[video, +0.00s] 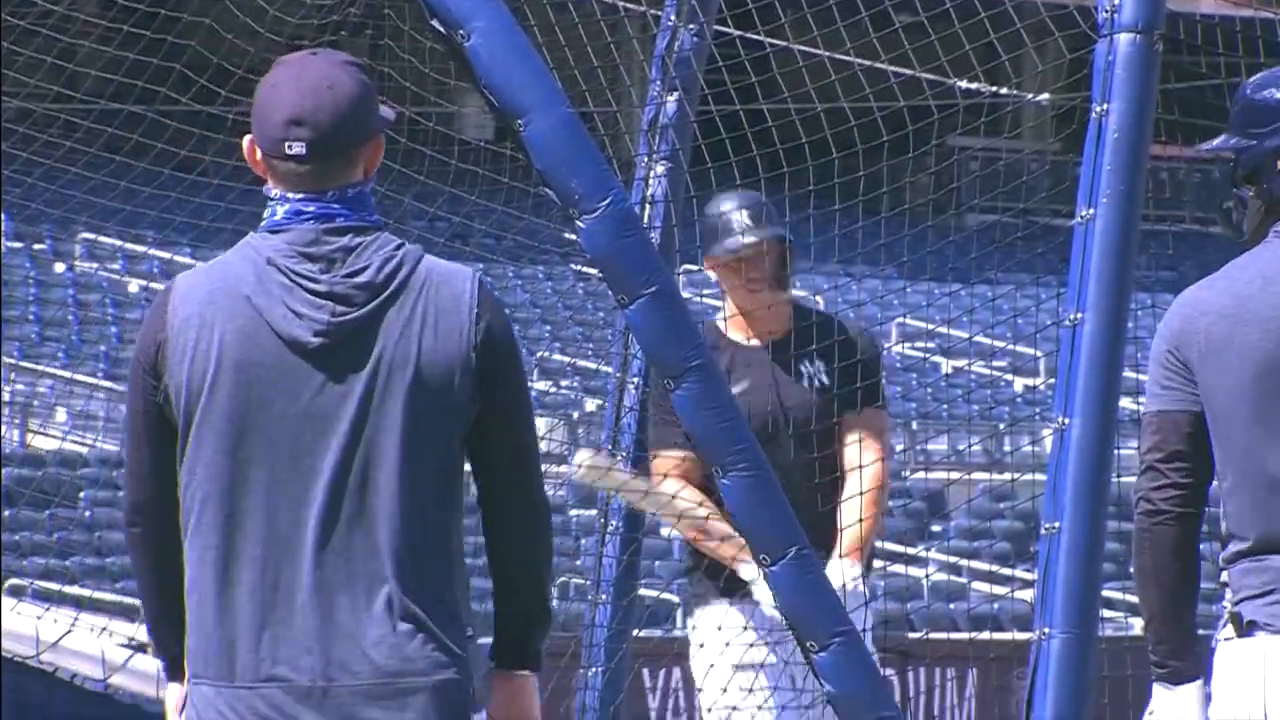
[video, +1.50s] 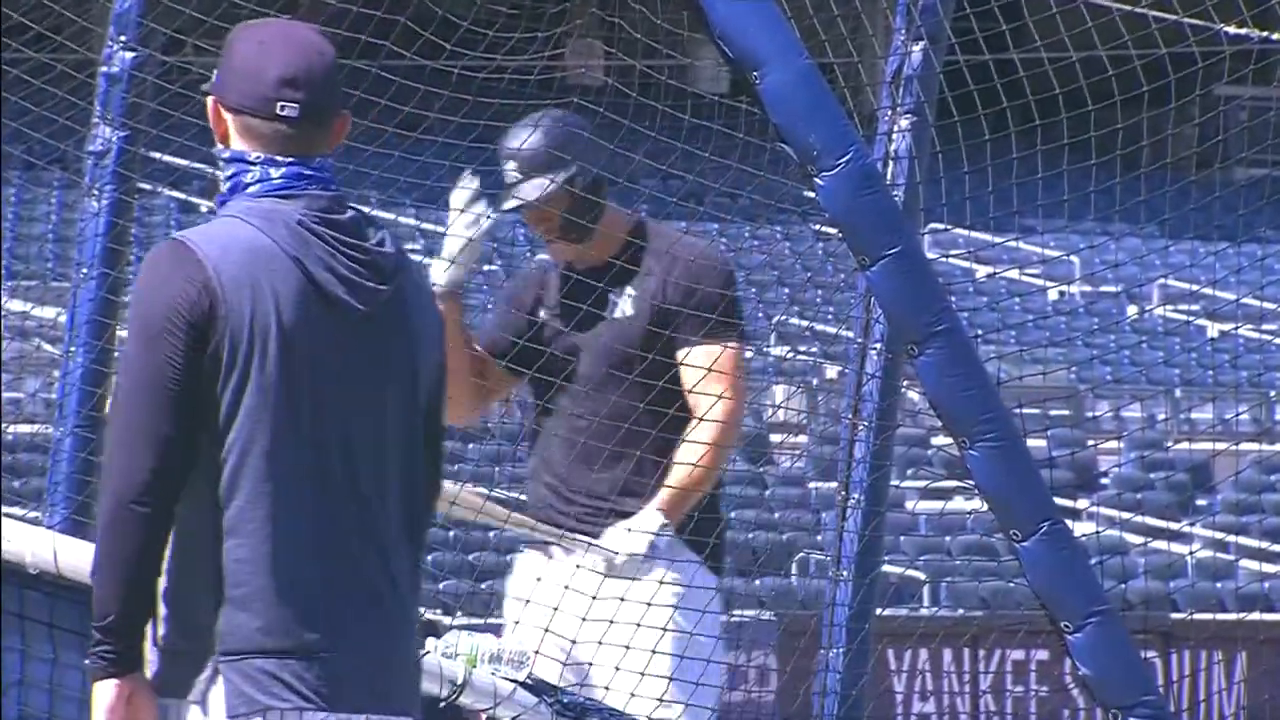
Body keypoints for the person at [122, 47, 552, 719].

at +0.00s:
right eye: (381, 138)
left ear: (253, 158)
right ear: (375, 156)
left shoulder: (183, 310)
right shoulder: (462, 303)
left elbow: (148, 513)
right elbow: (517, 505)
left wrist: (177, 670)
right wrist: (518, 665)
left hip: (236, 694)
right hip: (416, 693)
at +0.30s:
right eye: (345, 116)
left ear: (214, 134)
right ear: (336, 131)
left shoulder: (146, 284)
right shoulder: (419, 278)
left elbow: (118, 490)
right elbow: (486, 470)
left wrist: (170, 611)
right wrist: (504, 632)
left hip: (207, 683)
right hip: (386, 681)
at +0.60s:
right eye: (281, 114)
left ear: (153, 145)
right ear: (275, 134)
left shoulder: (95, 294)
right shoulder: (371, 281)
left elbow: (59, 504)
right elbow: (424, 484)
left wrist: (81, 652)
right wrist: (411, 623)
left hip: (154, 684)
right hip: (335, 681)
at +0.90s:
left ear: (290, 130)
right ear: (413, 125)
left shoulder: (237, 281)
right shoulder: (500, 271)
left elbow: (173, 490)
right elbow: (543, 466)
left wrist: (166, 648)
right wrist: (507, 592)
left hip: (306, 675)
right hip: (478, 676)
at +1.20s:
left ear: (276, 121)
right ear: (402, 129)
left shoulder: (236, 272)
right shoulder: (479, 280)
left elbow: (176, 488)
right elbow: (506, 490)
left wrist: (153, 658)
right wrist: (461, 614)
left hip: (300, 669)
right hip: (454, 669)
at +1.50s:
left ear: (216, 116)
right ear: (341, 132)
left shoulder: (192, 268)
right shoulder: (408, 282)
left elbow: (139, 485)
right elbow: (420, 484)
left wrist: (114, 663)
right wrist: (378, 619)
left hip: (243, 670)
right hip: (384, 669)